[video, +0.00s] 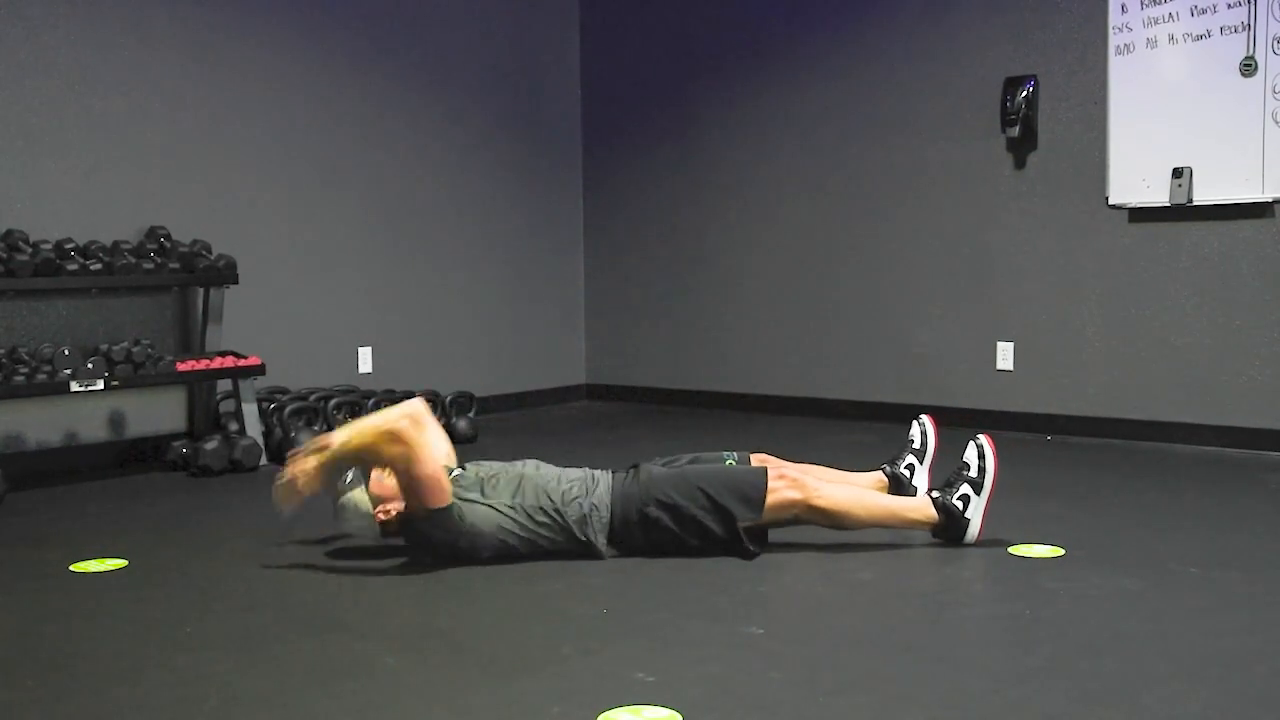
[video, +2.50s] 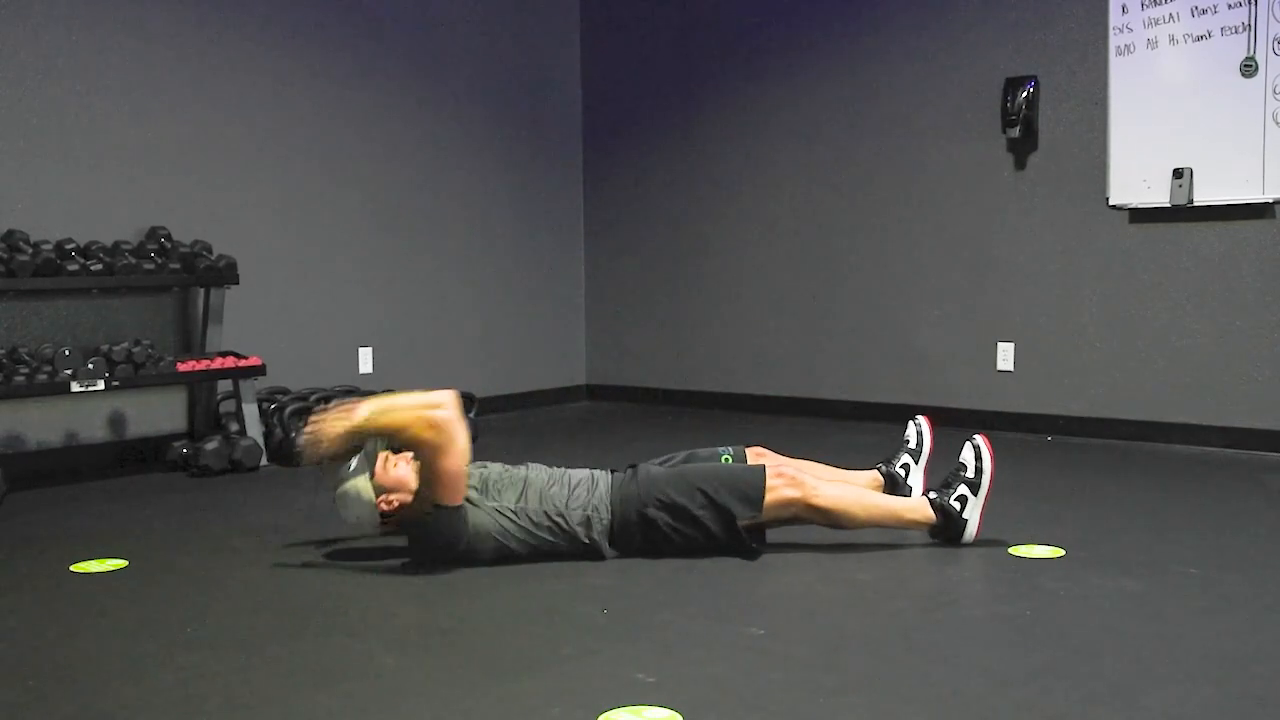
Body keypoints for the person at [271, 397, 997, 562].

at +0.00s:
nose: (385, 481)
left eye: (381, 474)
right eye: (379, 481)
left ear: (392, 484)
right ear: (383, 504)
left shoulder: (442, 499)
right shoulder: (436, 523)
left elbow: (414, 415)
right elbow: (409, 417)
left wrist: (332, 452)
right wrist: (323, 454)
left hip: (621, 486)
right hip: (620, 512)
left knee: (767, 464)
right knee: (784, 486)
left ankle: (897, 486)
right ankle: (942, 514)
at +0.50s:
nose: (546, 332)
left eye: (539, 323)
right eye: (533, 327)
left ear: (510, 345)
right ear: (506, 348)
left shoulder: (536, 388)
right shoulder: (526, 409)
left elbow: (631, 394)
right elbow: (636, 421)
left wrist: (711, 376)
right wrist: (732, 394)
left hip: (642, 487)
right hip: (635, 511)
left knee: (789, 458)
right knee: (804, 476)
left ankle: (914, 478)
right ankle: (957, 500)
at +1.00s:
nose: (702, 285)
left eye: (699, 275)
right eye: (694, 275)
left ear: (657, 285)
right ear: (665, 284)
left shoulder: (640, 339)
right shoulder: (656, 350)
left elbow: (738, 411)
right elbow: (748, 421)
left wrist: (809, 426)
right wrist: (840, 448)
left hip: (658, 493)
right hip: (658, 508)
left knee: (826, 457)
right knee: (835, 480)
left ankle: (931, 483)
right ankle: (975, 510)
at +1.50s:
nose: (576, 313)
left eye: (570, 304)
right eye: (564, 307)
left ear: (541, 325)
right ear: (536, 327)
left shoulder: (561, 374)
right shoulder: (551, 394)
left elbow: (649, 398)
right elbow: (663, 429)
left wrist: (720, 365)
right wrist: (747, 379)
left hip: (660, 477)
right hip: (647, 505)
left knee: (796, 462)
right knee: (812, 485)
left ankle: (920, 477)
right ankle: (970, 513)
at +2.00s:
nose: (411, 453)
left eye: (398, 450)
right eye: (395, 460)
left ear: (407, 461)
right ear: (397, 488)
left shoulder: (452, 485)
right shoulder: (456, 518)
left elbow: (475, 411)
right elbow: (480, 411)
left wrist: (386, 384)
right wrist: (386, 395)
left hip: (629, 482)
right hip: (629, 510)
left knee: (771, 462)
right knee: (789, 490)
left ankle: (897, 482)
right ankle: (942, 513)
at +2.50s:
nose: (395, 468)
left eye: (386, 466)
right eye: (383, 472)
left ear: (396, 475)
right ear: (386, 497)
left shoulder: (439, 493)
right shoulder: (436, 523)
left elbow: (445, 407)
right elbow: (444, 412)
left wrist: (357, 415)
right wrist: (354, 423)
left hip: (624, 485)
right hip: (622, 513)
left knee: (764, 458)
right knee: (785, 484)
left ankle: (894, 488)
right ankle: (938, 516)